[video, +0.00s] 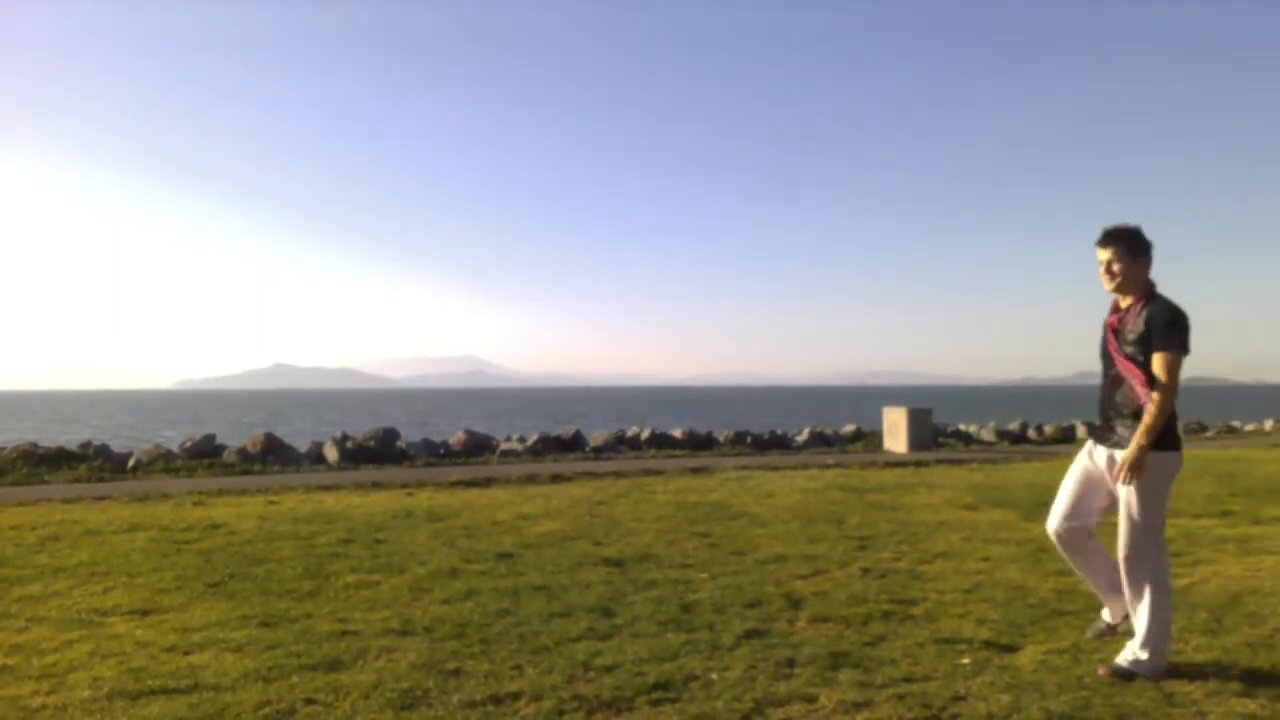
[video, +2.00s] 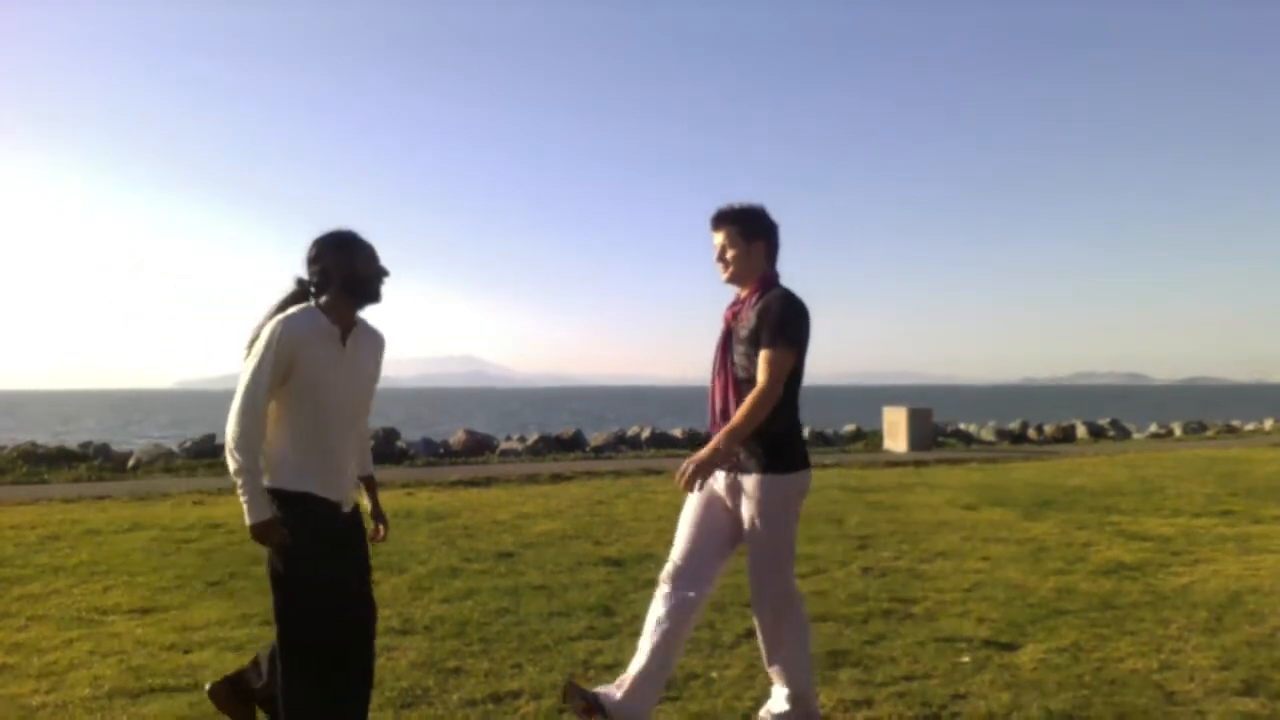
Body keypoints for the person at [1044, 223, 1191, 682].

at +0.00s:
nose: (1106, 271)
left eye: (1115, 263)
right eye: (1102, 264)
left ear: (1143, 262)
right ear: (1101, 268)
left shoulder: (1164, 316)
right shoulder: (1116, 314)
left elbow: (1165, 391)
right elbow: (1120, 380)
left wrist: (1137, 447)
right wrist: (1106, 432)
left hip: (1146, 450)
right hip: (1103, 443)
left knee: (1140, 553)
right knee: (1064, 526)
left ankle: (1148, 653)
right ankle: (1120, 605)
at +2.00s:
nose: (720, 258)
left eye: (728, 249)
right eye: (717, 251)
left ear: (761, 248)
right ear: (724, 254)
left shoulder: (781, 307)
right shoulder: (737, 310)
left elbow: (770, 391)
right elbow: (742, 390)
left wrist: (713, 449)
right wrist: (726, 451)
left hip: (771, 471)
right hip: (724, 466)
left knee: (773, 592)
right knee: (679, 581)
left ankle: (795, 704)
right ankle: (630, 699)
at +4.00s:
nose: (576, 224)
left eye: (588, 215)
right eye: (577, 214)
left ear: (627, 225)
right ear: (588, 221)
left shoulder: (651, 302)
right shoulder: (571, 278)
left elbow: (734, 383)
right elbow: (492, 290)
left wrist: (709, 446)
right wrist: (458, 322)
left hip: (610, 467)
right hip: (569, 463)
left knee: (515, 581)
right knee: (587, 614)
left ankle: (504, 713)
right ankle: (624, 714)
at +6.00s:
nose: (498, 296)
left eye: (499, 288)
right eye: (500, 288)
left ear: (508, 291)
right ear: (549, 288)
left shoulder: (512, 348)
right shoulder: (585, 349)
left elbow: (495, 408)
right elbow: (633, 413)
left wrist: (486, 439)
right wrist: (585, 425)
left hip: (542, 503)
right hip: (600, 499)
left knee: (544, 632)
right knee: (550, 616)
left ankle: (570, 712)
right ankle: (575, 705)